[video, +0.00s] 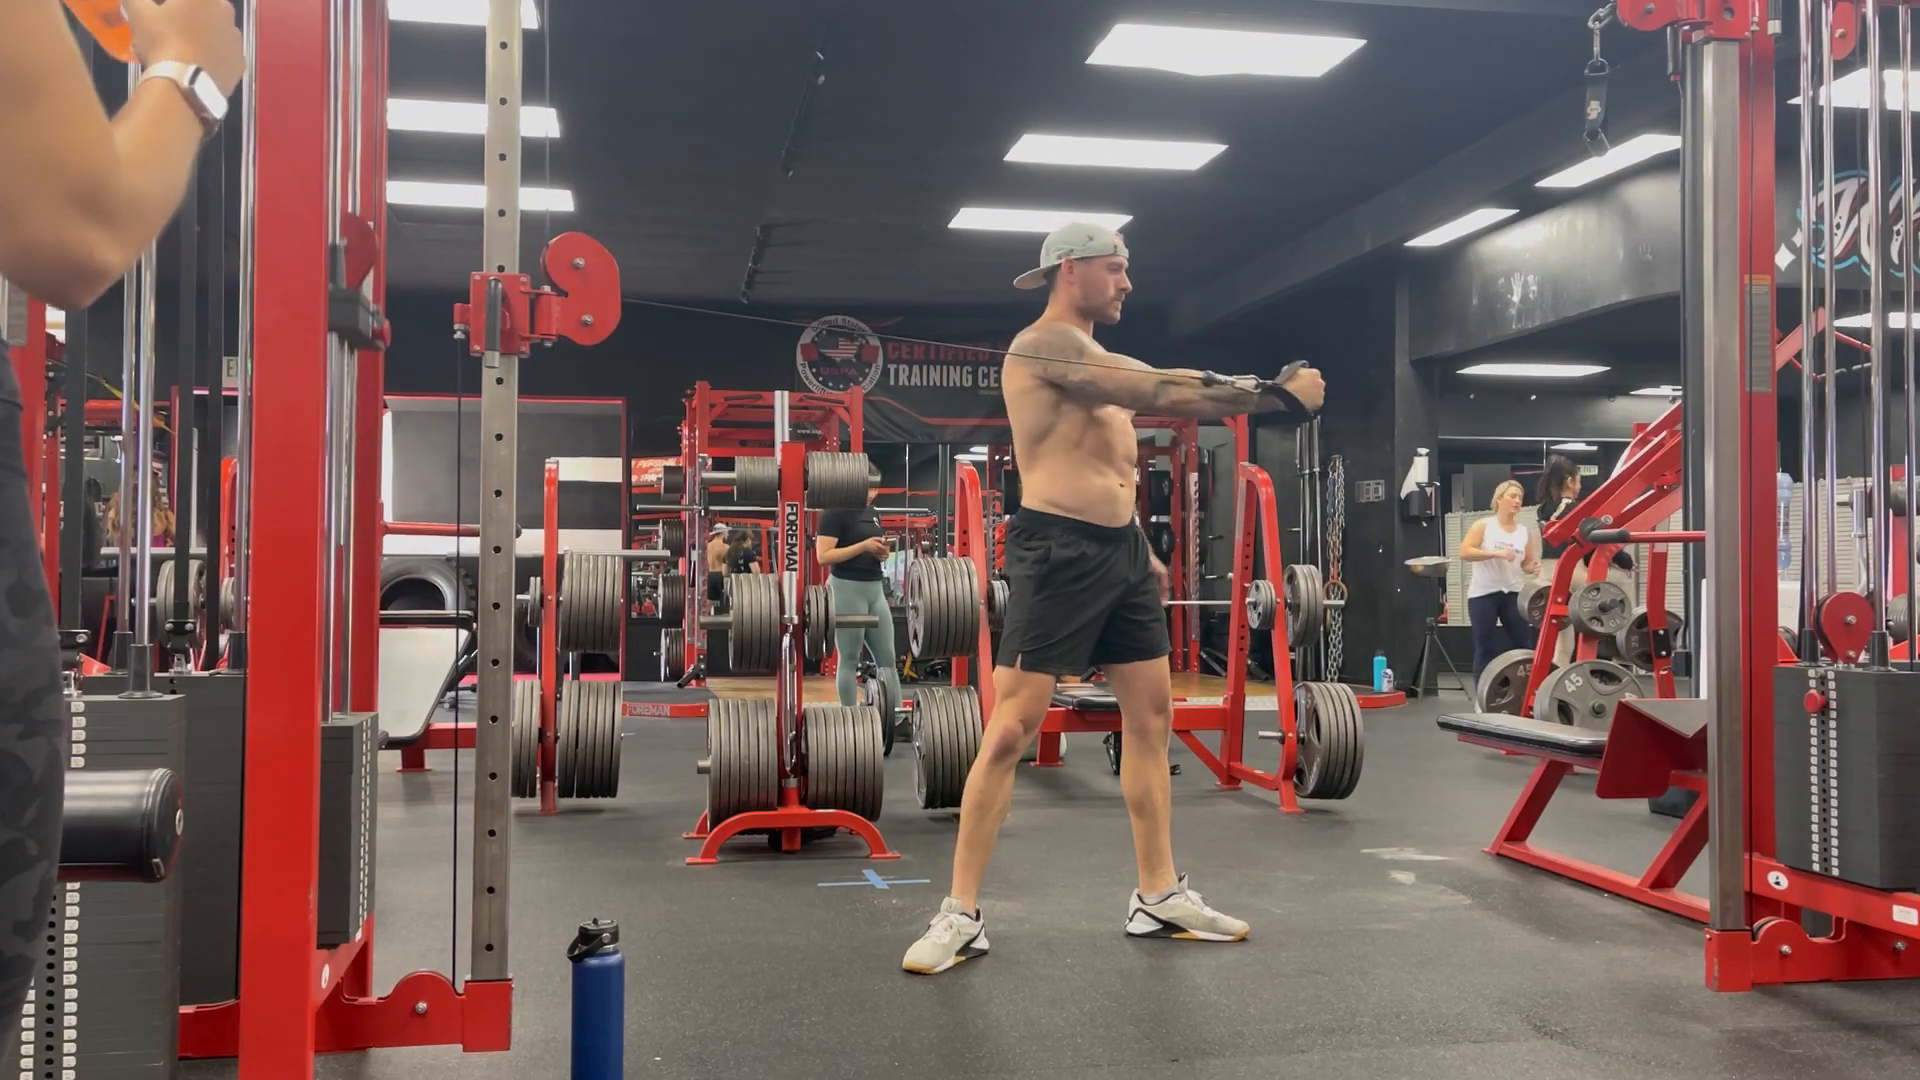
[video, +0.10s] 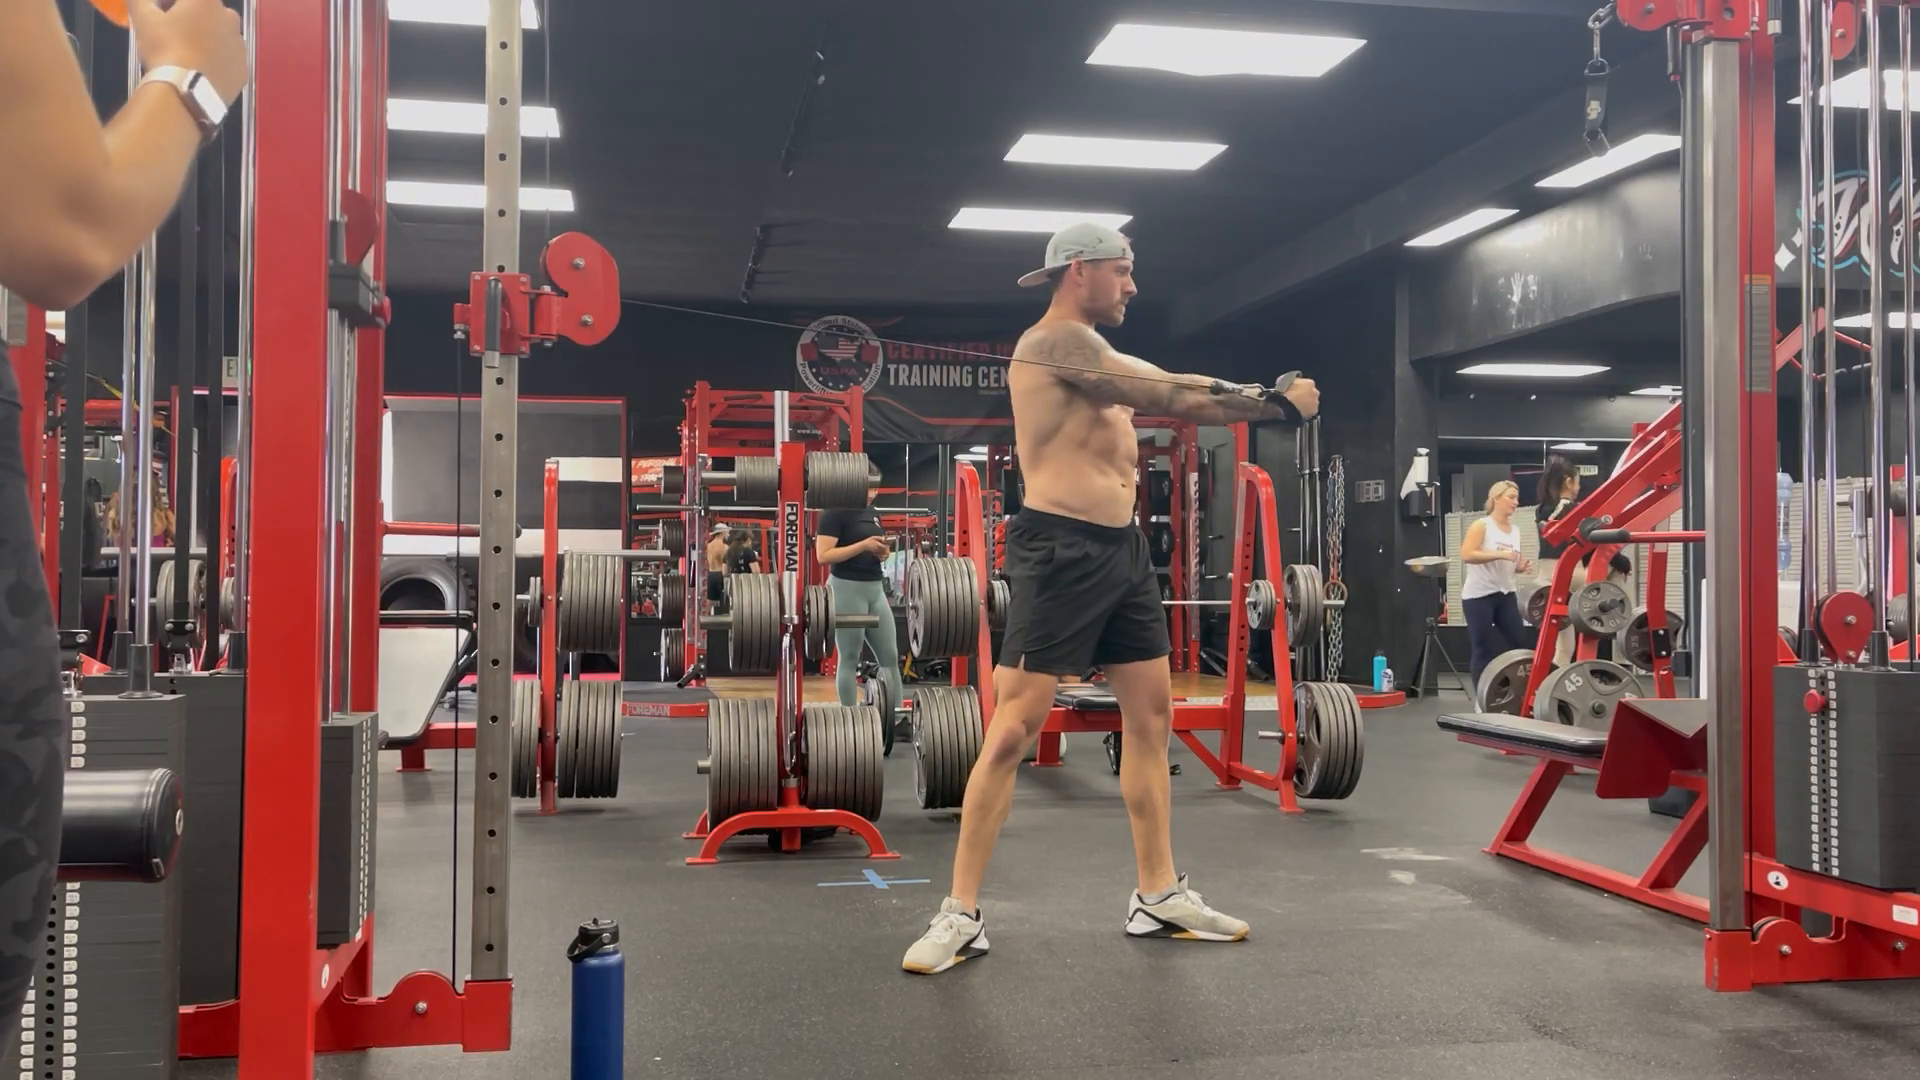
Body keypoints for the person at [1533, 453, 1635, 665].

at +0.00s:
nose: (1580, 485)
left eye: (1579, 480)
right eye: (1578, 480)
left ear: (1553, 481)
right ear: (1569, 481)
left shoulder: (1543, 509)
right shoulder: (1576, 509)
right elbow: (1592, 540)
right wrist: (1625, 561)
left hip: (1550, 570)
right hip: (1575, 571)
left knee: (1560, 628)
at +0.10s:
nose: (1579, 486)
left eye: (1579, 481)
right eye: (1577, 481)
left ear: (1553, 482)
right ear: (1568, 482)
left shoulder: (1541, 509)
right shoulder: (1574, 510)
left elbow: (1545, 539)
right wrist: (1618, 562)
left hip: (1546, 566)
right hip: (1570, 568)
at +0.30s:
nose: (1575, 487)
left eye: (1575, 482)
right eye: (1574, 482)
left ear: (1549, 483)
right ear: (1565, 482)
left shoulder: (1539, 512)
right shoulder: (1573, 511)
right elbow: (1587, 541)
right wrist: (1615, 560)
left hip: (1545, 573)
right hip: (1570, 573)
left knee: (1563, 644)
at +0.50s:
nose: (1576, 489)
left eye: (1576, 484)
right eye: (1575, 484)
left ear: (1550, 484)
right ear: (1566, 484)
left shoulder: (1538, 512)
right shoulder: (1574, 512)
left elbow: (1543, 540)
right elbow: (1585, 544)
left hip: (1545, 574)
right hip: (1571, 576)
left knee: (1564, 647)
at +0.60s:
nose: (1579, 490)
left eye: (1579, 485)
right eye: (1578, 485)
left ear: (1553, 485)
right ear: (1568, 485)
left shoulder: (1540, 513)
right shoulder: (1574, 513)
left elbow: (1545, 544)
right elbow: (1586, 545)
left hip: (1550, 576)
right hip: (1574, 578)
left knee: (1568, 645)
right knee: (1580, 645)